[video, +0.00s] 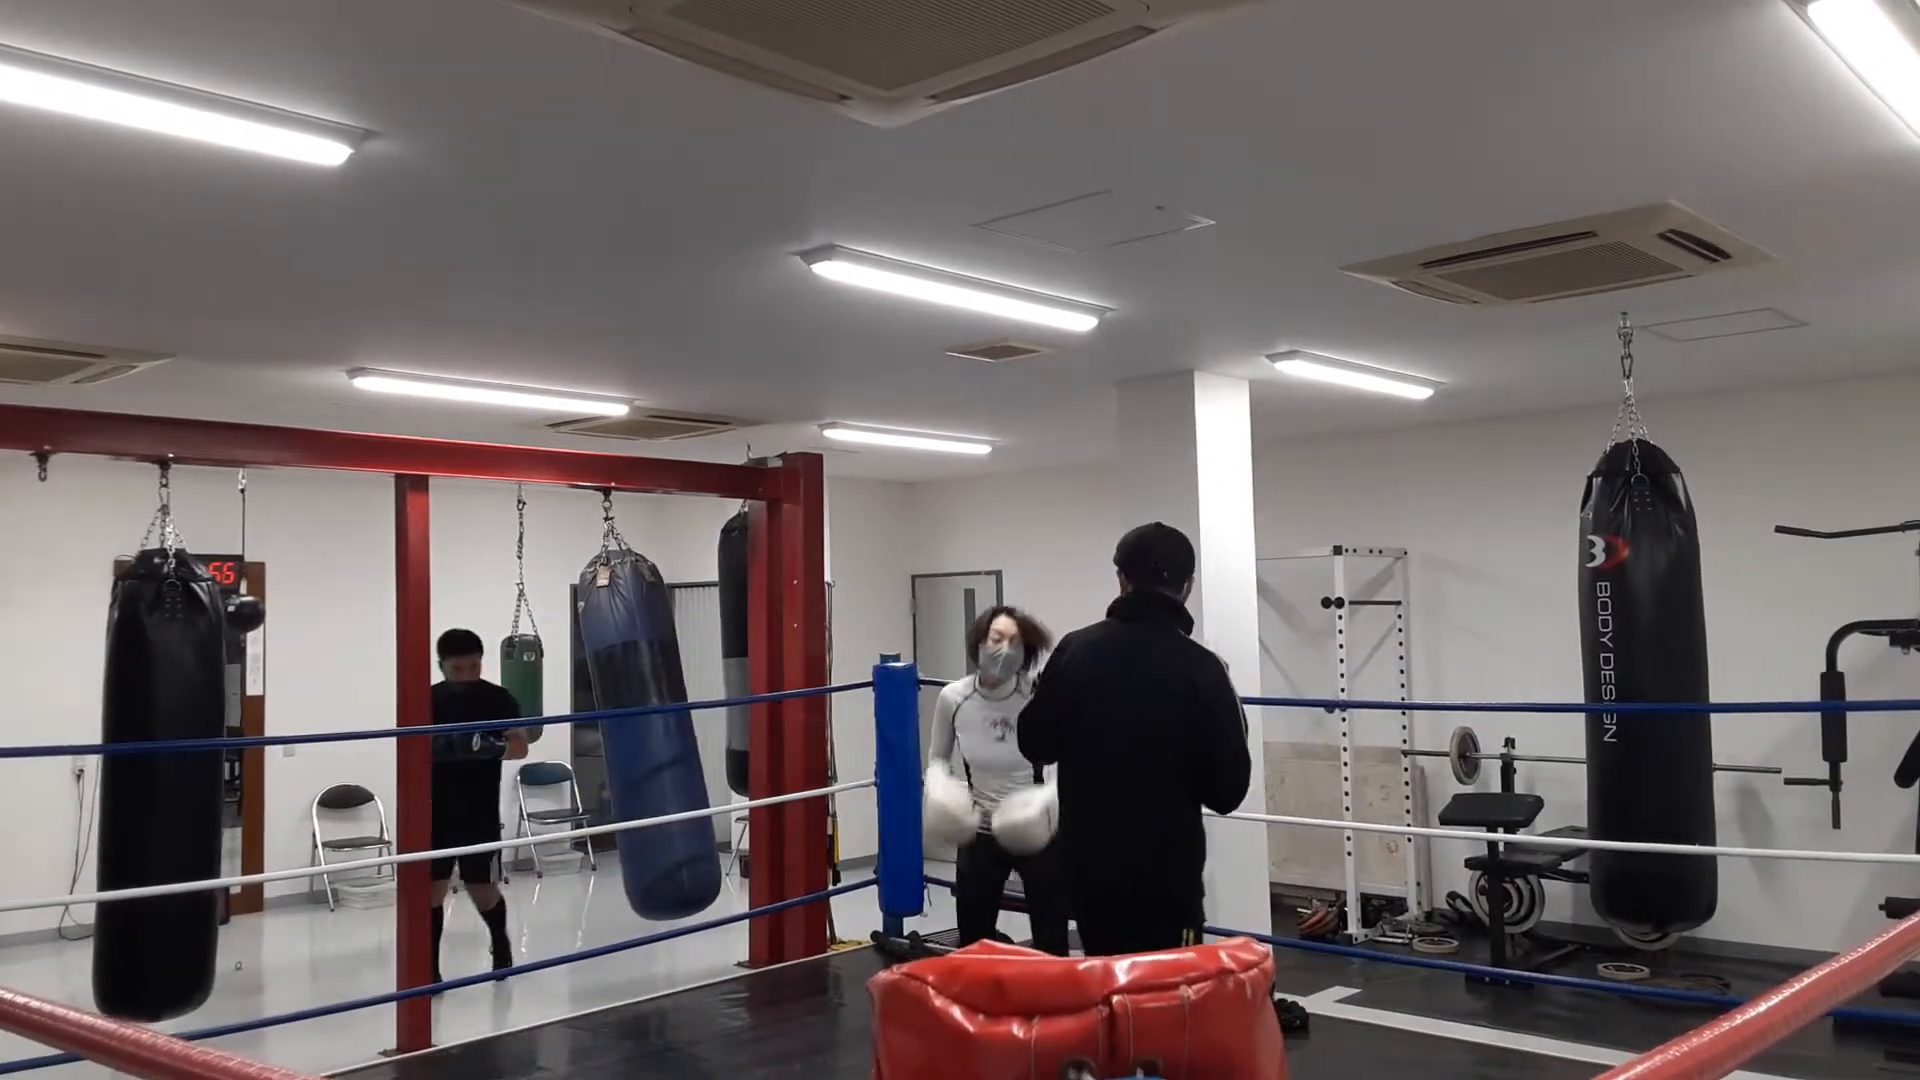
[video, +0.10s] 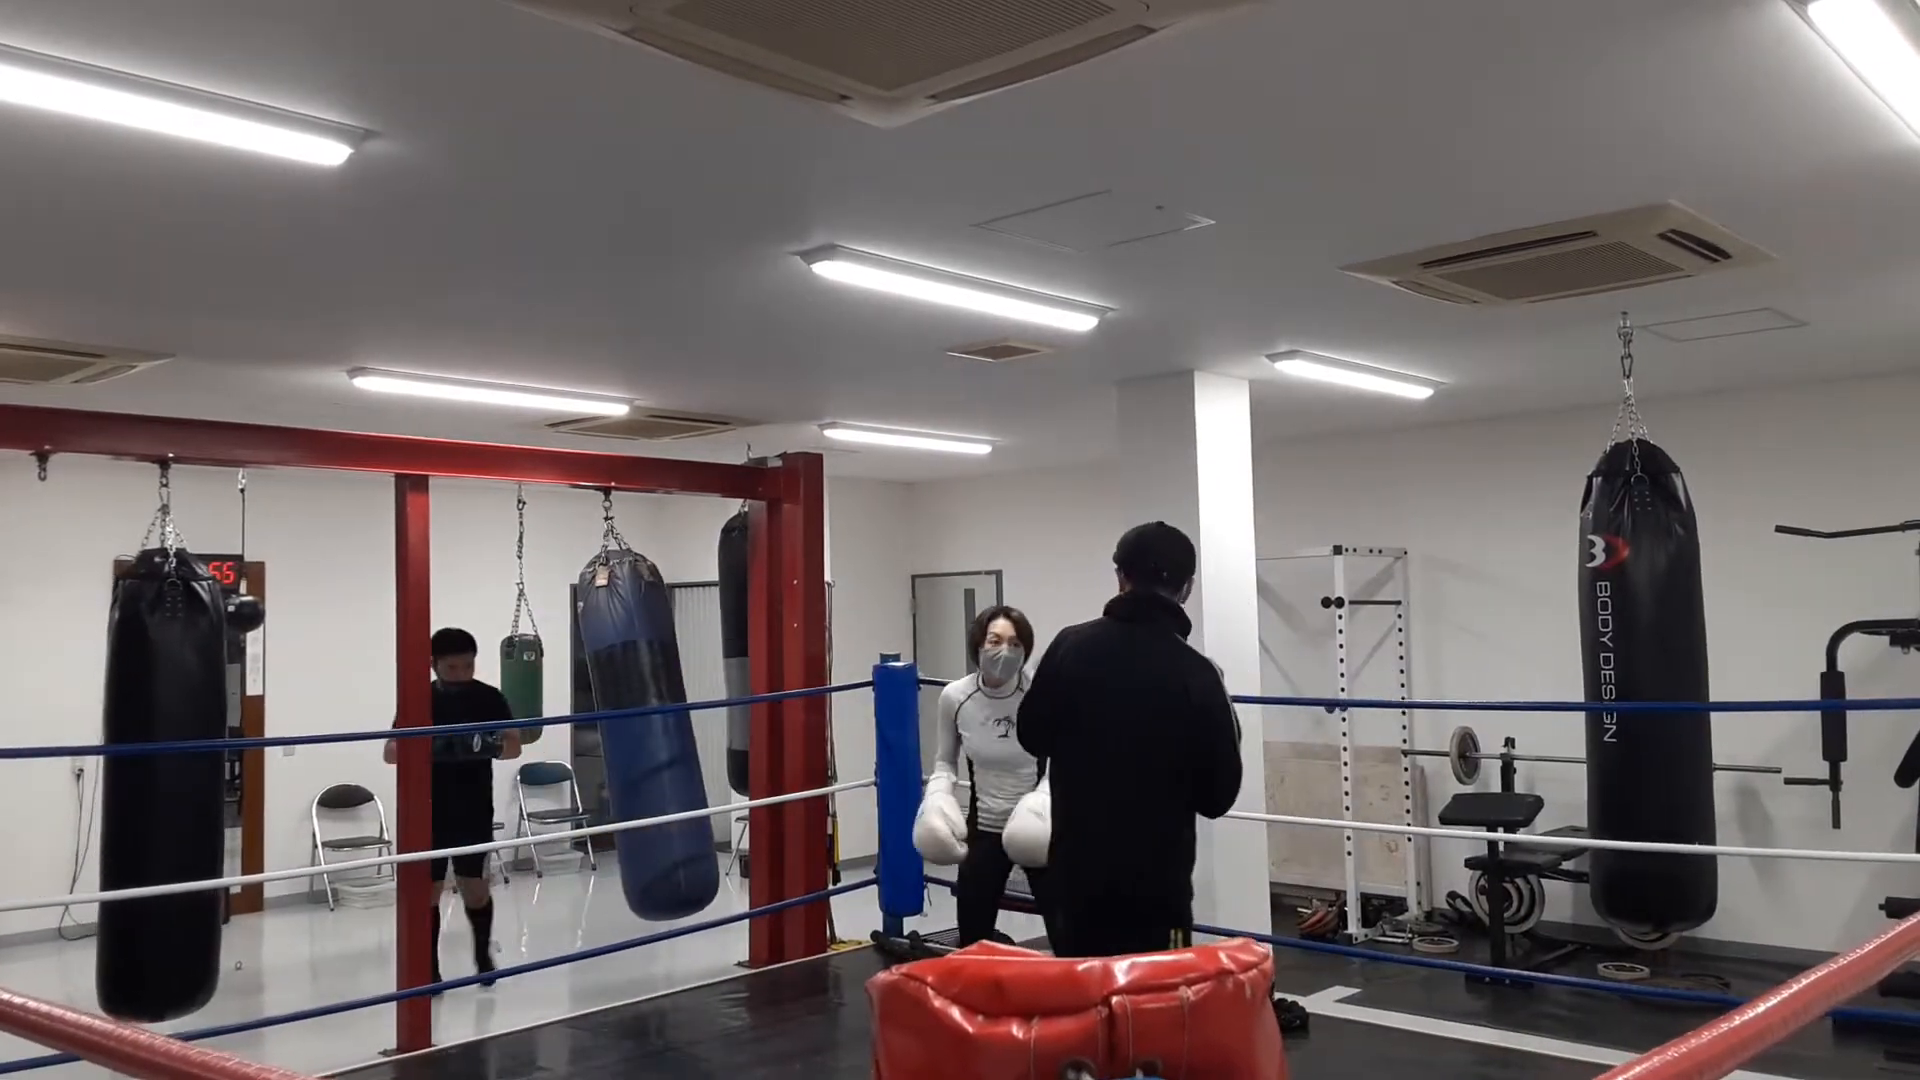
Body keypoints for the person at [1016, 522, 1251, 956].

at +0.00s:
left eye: (1117, 577)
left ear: (1121, 580)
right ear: (1187, 587)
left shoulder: (1076, 652)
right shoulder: (1203, 668)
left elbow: (1035, 744)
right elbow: (1227, 792)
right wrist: (1172, 750)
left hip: (1091, 866)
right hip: (1169, 872)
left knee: (1110, 1004)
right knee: (1170, 1007)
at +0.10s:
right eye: (1187, 586)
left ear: (1120, 577)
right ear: (1185, 589)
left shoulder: (1071, 647)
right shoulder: (1196, 673)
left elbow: (1034, 736)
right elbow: (1217, 796)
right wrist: (1164, 749)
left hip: (1076, 872)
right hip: (1157, 878)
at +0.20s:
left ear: (1120, 577)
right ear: (1185, 592)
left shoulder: (1065, 645)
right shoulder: (1192, 679)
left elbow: (1028, 736)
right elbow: (1205, 793)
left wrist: (1086, 730)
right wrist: (1146, 760)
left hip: (1065, 861)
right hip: (1145, 869)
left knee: (1082, 996)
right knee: (1142, 1003)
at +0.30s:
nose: (1189, 602)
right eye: (1191, 595)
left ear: (1119, 581)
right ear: (1185, 600)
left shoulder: (1057, 646)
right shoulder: (1184, 687)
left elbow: (1020, 736)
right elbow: (1193, 789)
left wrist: (1077, 742)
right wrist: (1132, 768)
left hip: (1054, 854)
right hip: (1133, 866)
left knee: (1083, 983)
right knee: (1134, 992)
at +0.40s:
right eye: (1185, 603)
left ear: (1115, 584)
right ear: (1179, 606)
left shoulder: (1049, 648)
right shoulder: (1179, 692)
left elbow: (1019, 742)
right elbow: (1179, 796)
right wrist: (1123, 763)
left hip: (1046, 856)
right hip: (1123, 869)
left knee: (1067, 989)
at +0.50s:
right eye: (1176, 603)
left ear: (1107, 585)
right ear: (1170, 606)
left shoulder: (1041, 650)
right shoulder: (1167, 690)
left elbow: (1010, 746)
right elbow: (1171, 811)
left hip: (1030, 868)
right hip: (1110, 881)